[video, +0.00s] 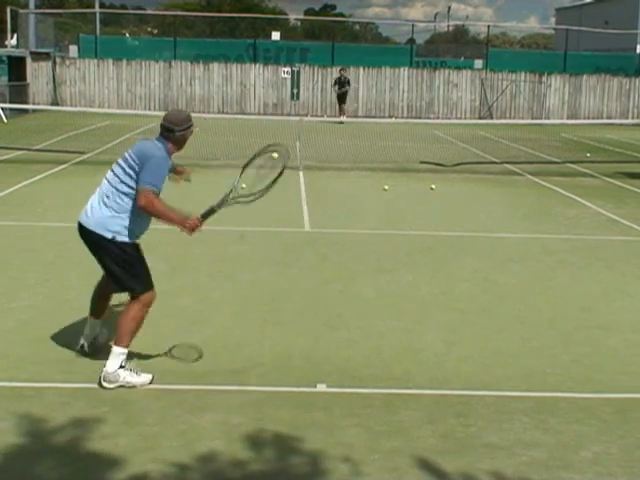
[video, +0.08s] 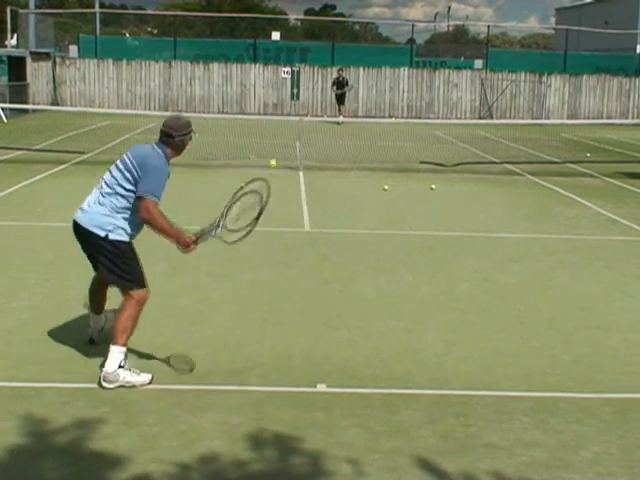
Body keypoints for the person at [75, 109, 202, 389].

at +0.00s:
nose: (189, 138)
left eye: (188, 133)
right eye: (189, 134)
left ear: (163, 129)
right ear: (184, 137)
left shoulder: (146, 146)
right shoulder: (157, 157)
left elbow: (160, 161)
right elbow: (146, 200)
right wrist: (182, 221)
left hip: (91, 222)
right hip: (112, 233)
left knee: (113, 277)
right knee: (144, 296)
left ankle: (91, 336)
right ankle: (114, 367)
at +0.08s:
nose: (188, 144)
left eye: (188, 140)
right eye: (188, 140)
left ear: (163, 135)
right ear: (183, 143)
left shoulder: (141, 151)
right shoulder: (156, 164)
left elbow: (146, 207)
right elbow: (146, 212)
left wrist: (177, 233)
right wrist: (179, 238)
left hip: (85, 221)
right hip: (107, 232)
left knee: (103, 276)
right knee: (137, 294)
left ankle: (97, 324)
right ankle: (113, 367)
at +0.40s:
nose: (176, 143)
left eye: (176, 139)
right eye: (176, 139)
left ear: (151, 134)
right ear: (170, 141)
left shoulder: (119, 144)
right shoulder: (163, 172)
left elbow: (78, 155)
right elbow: (171, 208)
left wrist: (46, 179)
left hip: (84, 220)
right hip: (113, 231)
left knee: (107, 268)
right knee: (116, 293)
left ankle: (103, 319)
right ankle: (92, 353)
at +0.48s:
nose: (173, 136)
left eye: (172, 131)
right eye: (173, 132)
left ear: (148, 127)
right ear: (169, 135)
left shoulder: (120, 141)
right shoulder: (166, 162)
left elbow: (84, 158)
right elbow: (169, 186)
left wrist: (54, 186)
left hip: (93, 218)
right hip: (123, 226)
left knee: (107, 268)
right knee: (123, 289)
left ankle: (101, 323)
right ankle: (95, 344)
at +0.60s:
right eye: (171, 123)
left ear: (146, 119)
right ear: (172, 125)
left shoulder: (123, 137)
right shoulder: (173, 151)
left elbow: (96, 161)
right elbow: (154, 173)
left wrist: (73, 195)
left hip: (107, 214)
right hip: (139, 219)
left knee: (111, 263)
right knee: (142, 284)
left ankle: (101, 322)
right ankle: (120, 328)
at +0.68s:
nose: (173, 121)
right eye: (175, 119)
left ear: (152, 117)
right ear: (175, 121)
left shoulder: (128, 135)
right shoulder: (177, 148)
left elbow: (102, 163)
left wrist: (85, 198)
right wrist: (151, 116)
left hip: (116, 213)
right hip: (149, 217)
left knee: (115, 262)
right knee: (159, 278)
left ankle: (103, 321)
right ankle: (144, 323)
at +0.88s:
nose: (196, 109)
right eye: (197, 106)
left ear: (172, 107)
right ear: (197, 109)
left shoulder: (152, 129)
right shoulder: (207, 137)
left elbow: (132, 164)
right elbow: (196, 160)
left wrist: (123, 189)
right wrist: (159, 132)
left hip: (147, 211)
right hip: (184, 214)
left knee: (129, 263)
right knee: (197, 267)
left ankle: (108, 319)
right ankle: (209, 328)